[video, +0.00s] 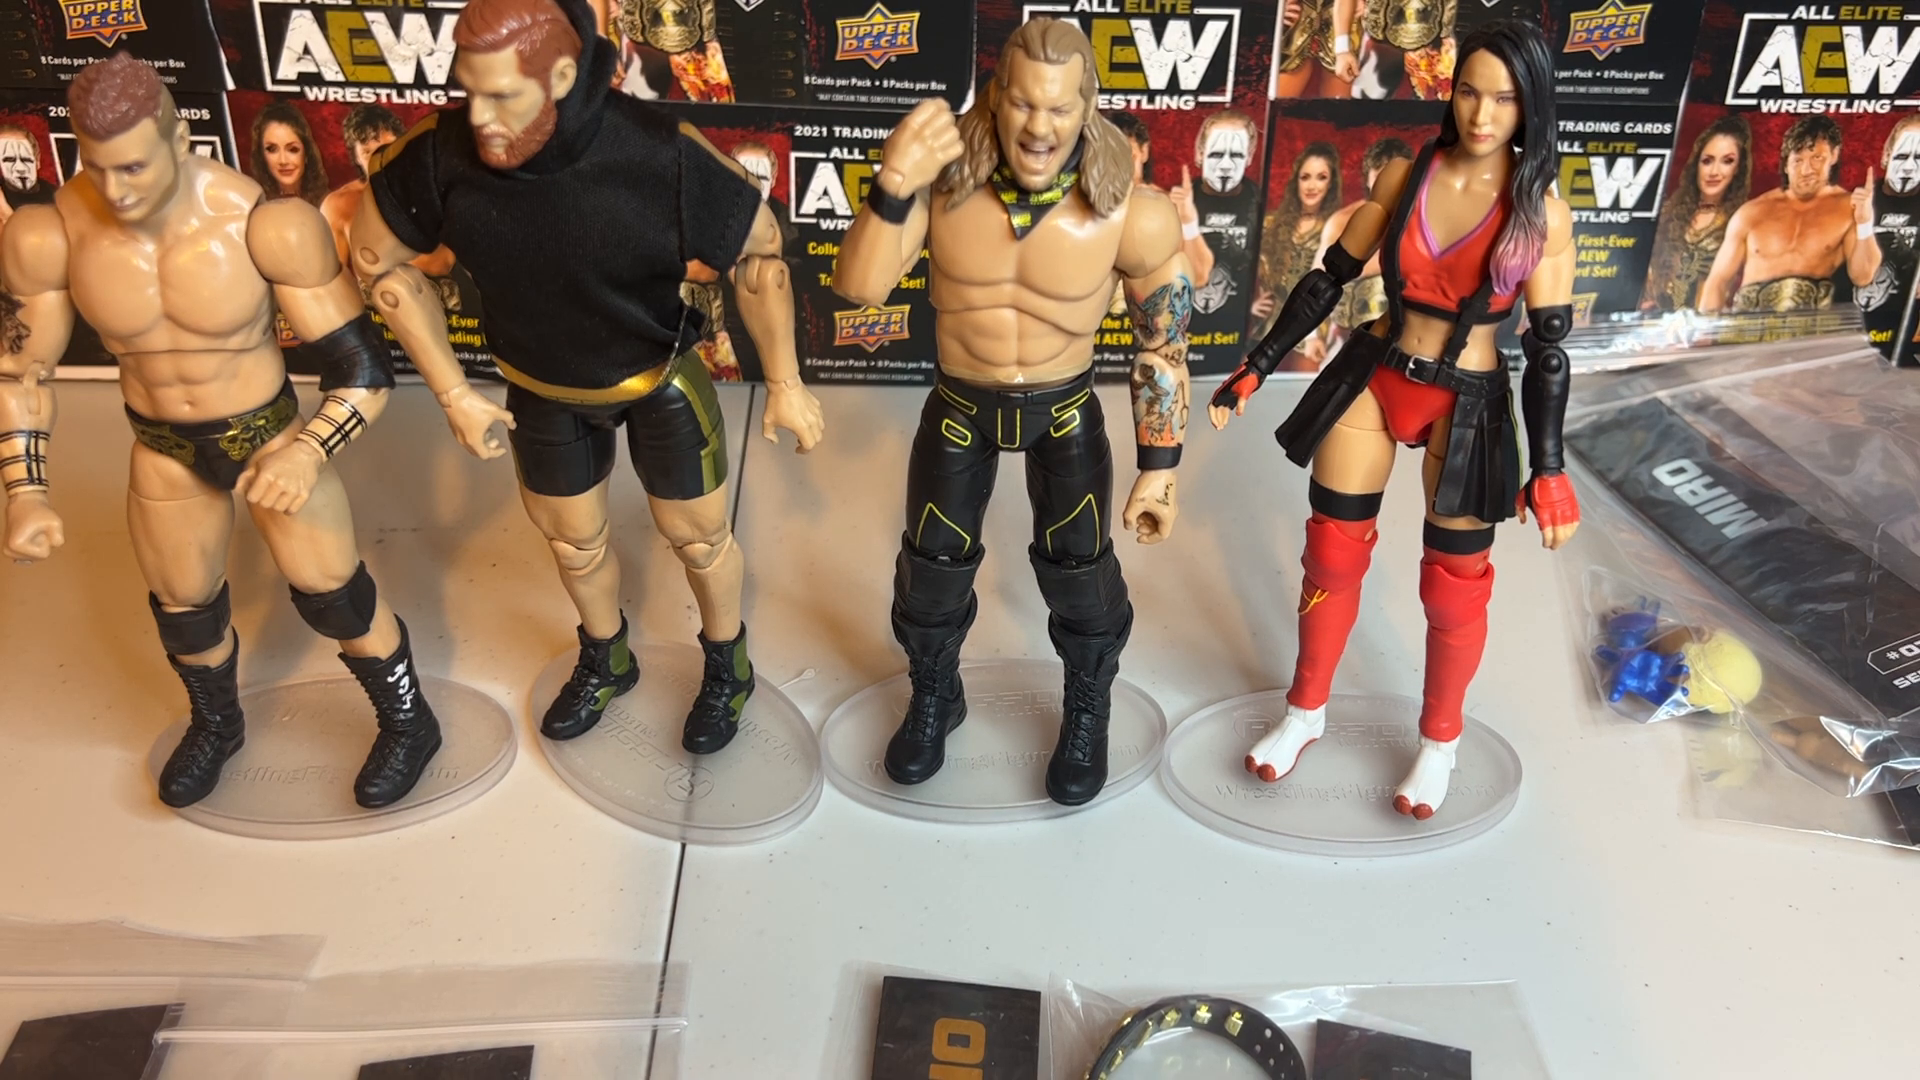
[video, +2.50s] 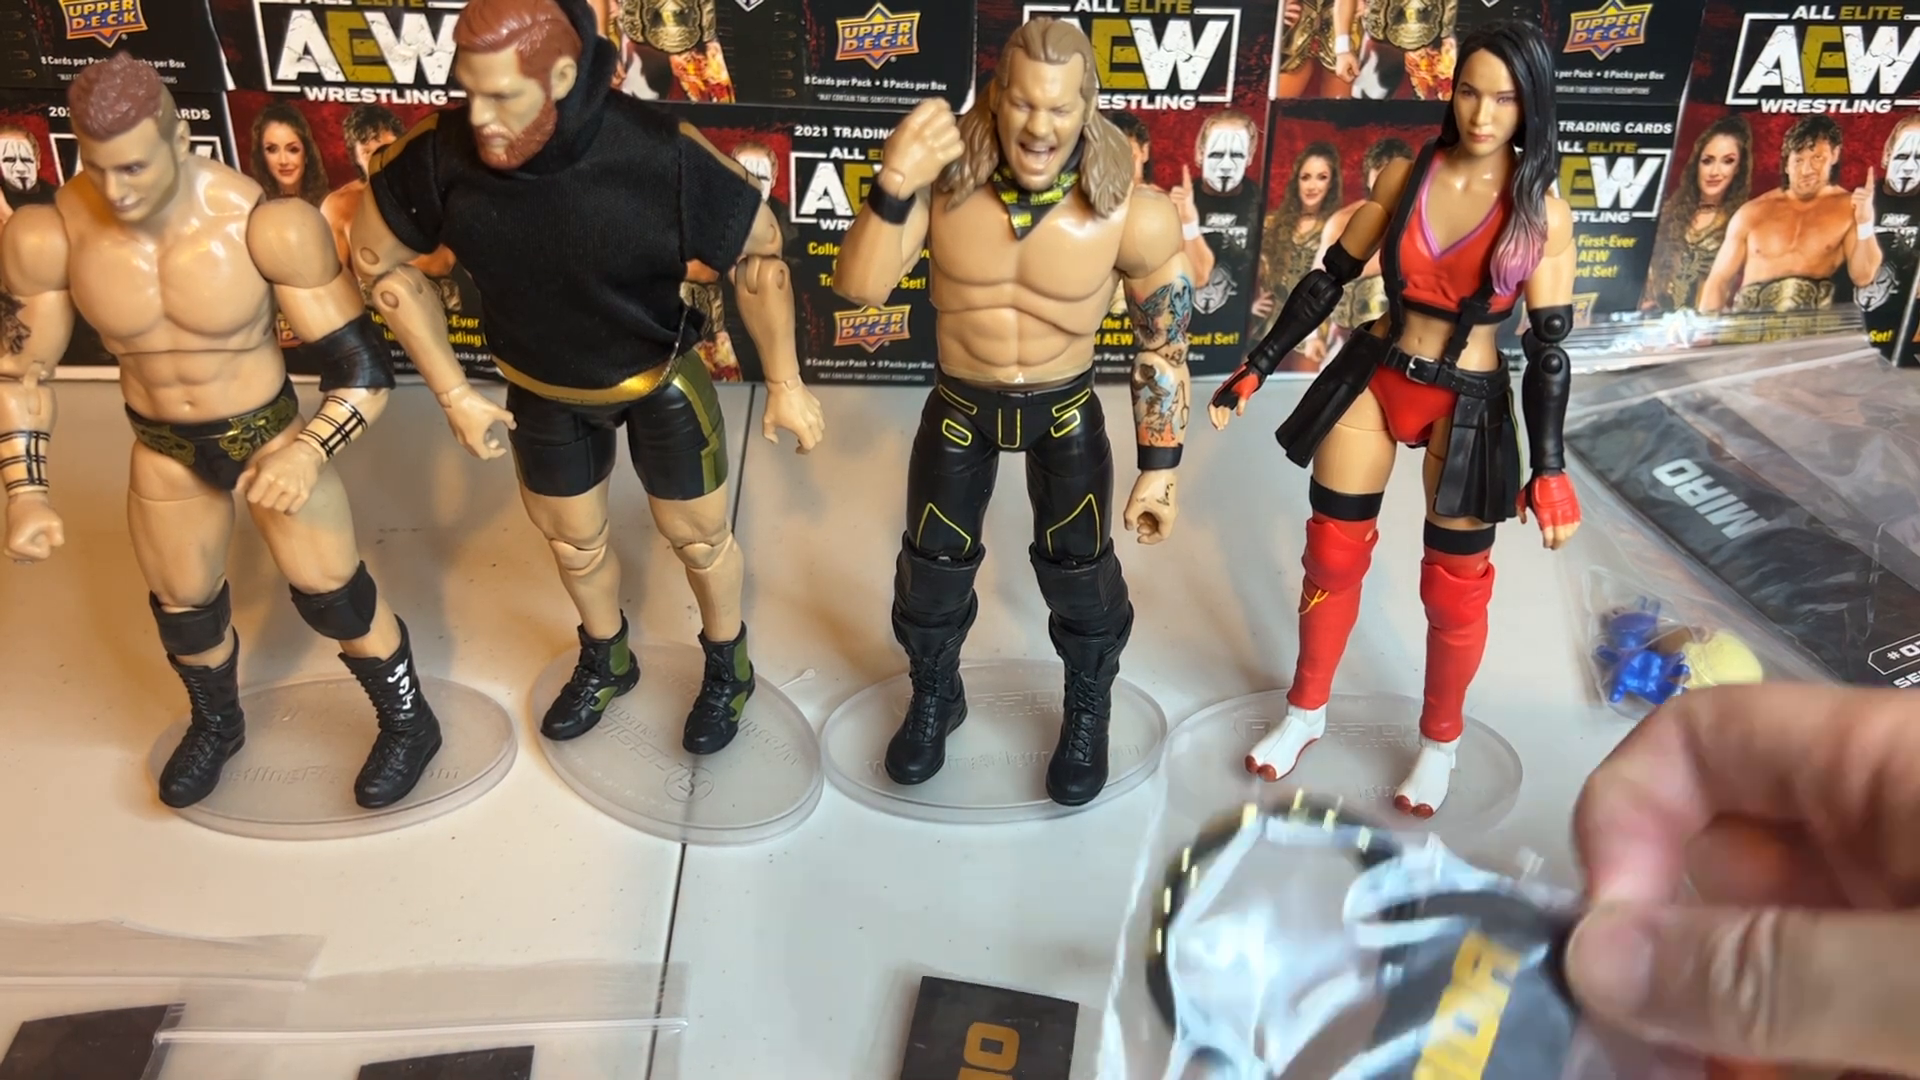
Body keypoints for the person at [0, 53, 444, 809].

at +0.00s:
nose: (118, 188)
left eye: (135, 167)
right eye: (100, 169)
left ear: (178, 138)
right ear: (80, 150)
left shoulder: (268, 225)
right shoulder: (52, 233)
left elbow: (362, 370)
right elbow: (23, 372)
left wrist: (312, 446)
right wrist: (22, 487)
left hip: (269, 440)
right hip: (161, 451)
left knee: (335, 598)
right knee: (186, 616)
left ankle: (408, 721)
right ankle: (216, 723)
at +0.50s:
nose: (118, 188)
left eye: (134, 167)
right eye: (100, 169)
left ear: (178, 138)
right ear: (80, 150)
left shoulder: (268, 225)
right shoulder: (52, 233)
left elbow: (362, 370)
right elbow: (23, 372)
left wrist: (312, 446)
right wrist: (22, 486)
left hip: (269, 440)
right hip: (161, 451)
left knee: (336, 598)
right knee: (186, 616)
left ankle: (408, 721)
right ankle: (216, 723)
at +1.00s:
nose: (118, 188)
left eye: (134, 167)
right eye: (101, 169)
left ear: (178, 138)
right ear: (81, 151)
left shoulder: (268, 225)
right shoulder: (53, 233)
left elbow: (362, 370)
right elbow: (22, 372)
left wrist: (311, 446)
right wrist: (22, 486)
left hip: (269, 440)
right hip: (161, 451)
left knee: (336, 598)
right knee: (186, 616)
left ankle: (408, 721)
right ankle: (216, 723)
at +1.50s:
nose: (118, 188)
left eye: (135, 167)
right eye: (101, 169)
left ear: (178, 138)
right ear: (80, 151)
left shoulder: (268, 225)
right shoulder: (52, 234)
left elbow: (362, 370)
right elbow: (22, 372)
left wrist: (311, 447)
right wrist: (22, 487)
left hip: (270, 441)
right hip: (161, 453)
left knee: (336, 598)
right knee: (186, 616)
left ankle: (408, 721)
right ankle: (216, 724)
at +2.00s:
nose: (119, 189)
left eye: (135, 168)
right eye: (101, 170)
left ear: (179, 140)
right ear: (81, 152)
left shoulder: (268, 225)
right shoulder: (54, 234)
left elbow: (362, 370)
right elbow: (23, 373)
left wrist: (312, 447)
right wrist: (22, 488)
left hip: (270, 441)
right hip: (162, 452)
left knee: (335, 598)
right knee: (186, 615)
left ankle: (408, 722)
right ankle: (217, 723)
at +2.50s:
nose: (118, 188)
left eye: (134, 168)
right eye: (100, 170)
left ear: (178, 138)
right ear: (81, 151)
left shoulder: (269, 225)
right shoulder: (54, 232)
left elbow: (363, 370)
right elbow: (23, 372)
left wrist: (312, 446)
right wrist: (22, 487)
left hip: (269, 441)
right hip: (161, 452)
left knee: (336, 598)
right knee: (186, 615)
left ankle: (408, 721)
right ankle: (216, 722)